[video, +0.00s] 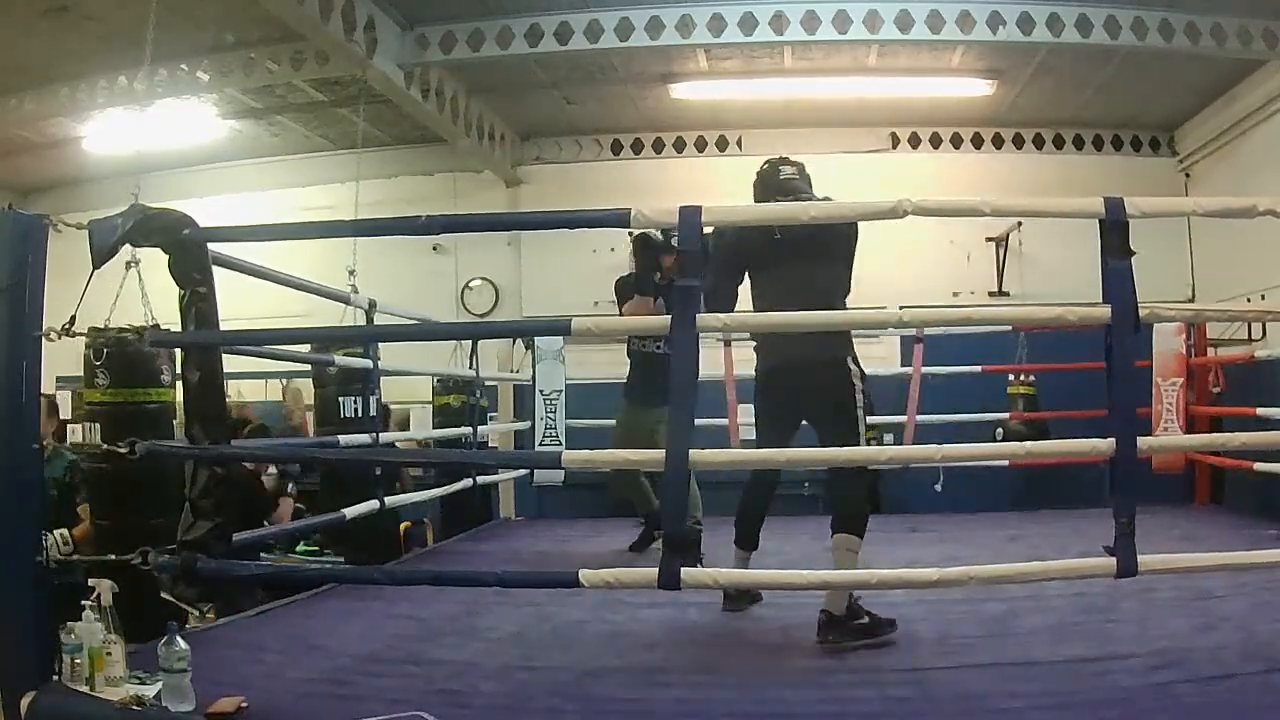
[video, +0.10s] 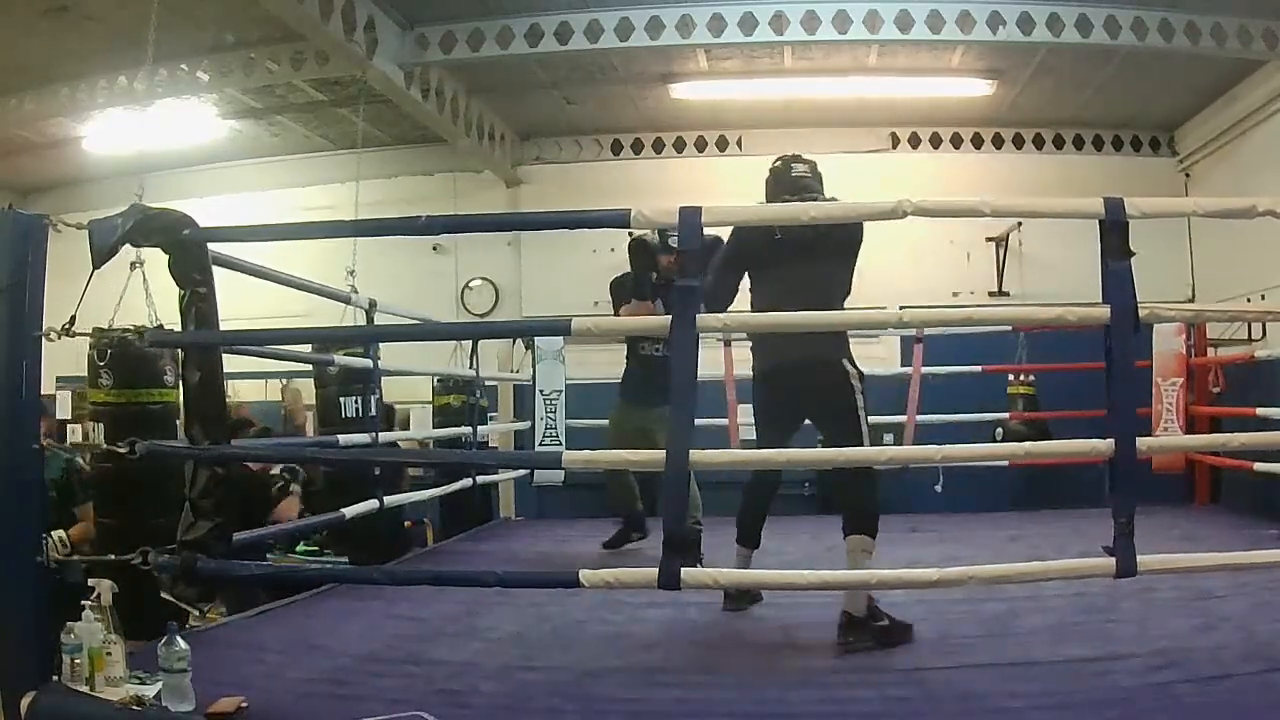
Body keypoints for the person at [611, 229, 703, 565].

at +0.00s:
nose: (679, 261)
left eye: (681, 255)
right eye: (673, 255)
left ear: (682, 258)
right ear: (659, 256)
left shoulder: (685, 288)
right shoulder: (629, 284)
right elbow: (639, 318)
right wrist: (647, 270)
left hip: (674, 396)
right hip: (638, 395)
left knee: (677, 465)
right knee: (622, 464)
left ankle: (690, 538)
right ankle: (653, 518)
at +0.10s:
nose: (674, 261)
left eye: (679, 255)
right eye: (667, 253)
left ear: (687, 259)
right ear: (652, 255)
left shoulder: (687, 288)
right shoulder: (624, 284)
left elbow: (684, 323)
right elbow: (634, 323)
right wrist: (643, 273)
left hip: (672, 397)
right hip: (633, 393)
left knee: (677, 466)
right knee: (615, 459)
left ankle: (690, 537)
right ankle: (633, 522)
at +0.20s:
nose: (661, 267)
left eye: (665, 260)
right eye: (655, 261)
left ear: (671, 262)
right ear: (634, 264)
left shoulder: (676, 291)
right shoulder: (615, 290)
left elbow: (675, 324)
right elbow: (618, 330)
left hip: (667, 394)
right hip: (629, 392)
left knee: (675, 469)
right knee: (610, 462)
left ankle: (689, 543)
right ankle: (605, 533)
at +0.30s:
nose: (637, 274)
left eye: (644, 268)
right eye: (630, 268)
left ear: (656, 268)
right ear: (619, 267)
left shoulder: (672, 297)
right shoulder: (607, 301)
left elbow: (711, 333)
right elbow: (616, 336)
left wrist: (708, 292)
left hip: (663, 402)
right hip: (623, 401)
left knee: (676, 472)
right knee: (602, 468)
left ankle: (691, 549)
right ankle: (599, 538)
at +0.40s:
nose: (645, 270)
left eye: (650, 263)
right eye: (638, 263)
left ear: (657, 263)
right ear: (623, 263)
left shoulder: (669, 295)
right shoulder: (606, 299)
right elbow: (613, 345)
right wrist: (624, 301)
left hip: (663, 401)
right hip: (623, 402)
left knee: (679, 472)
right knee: (604, 468)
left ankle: (712, 551)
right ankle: (599, 538)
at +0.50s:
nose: (653, 269)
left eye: (658, 262)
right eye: (645, 262)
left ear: (665, 262)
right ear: (631, 264)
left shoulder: (679, 295)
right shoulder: (622, 296)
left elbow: (732, 330)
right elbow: (616, 345)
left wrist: (715, 284)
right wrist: (613, 300)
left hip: (676, 412)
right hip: (635, 411)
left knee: (696, 476)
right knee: (605, 466)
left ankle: (722, 548)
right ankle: (602, 533)